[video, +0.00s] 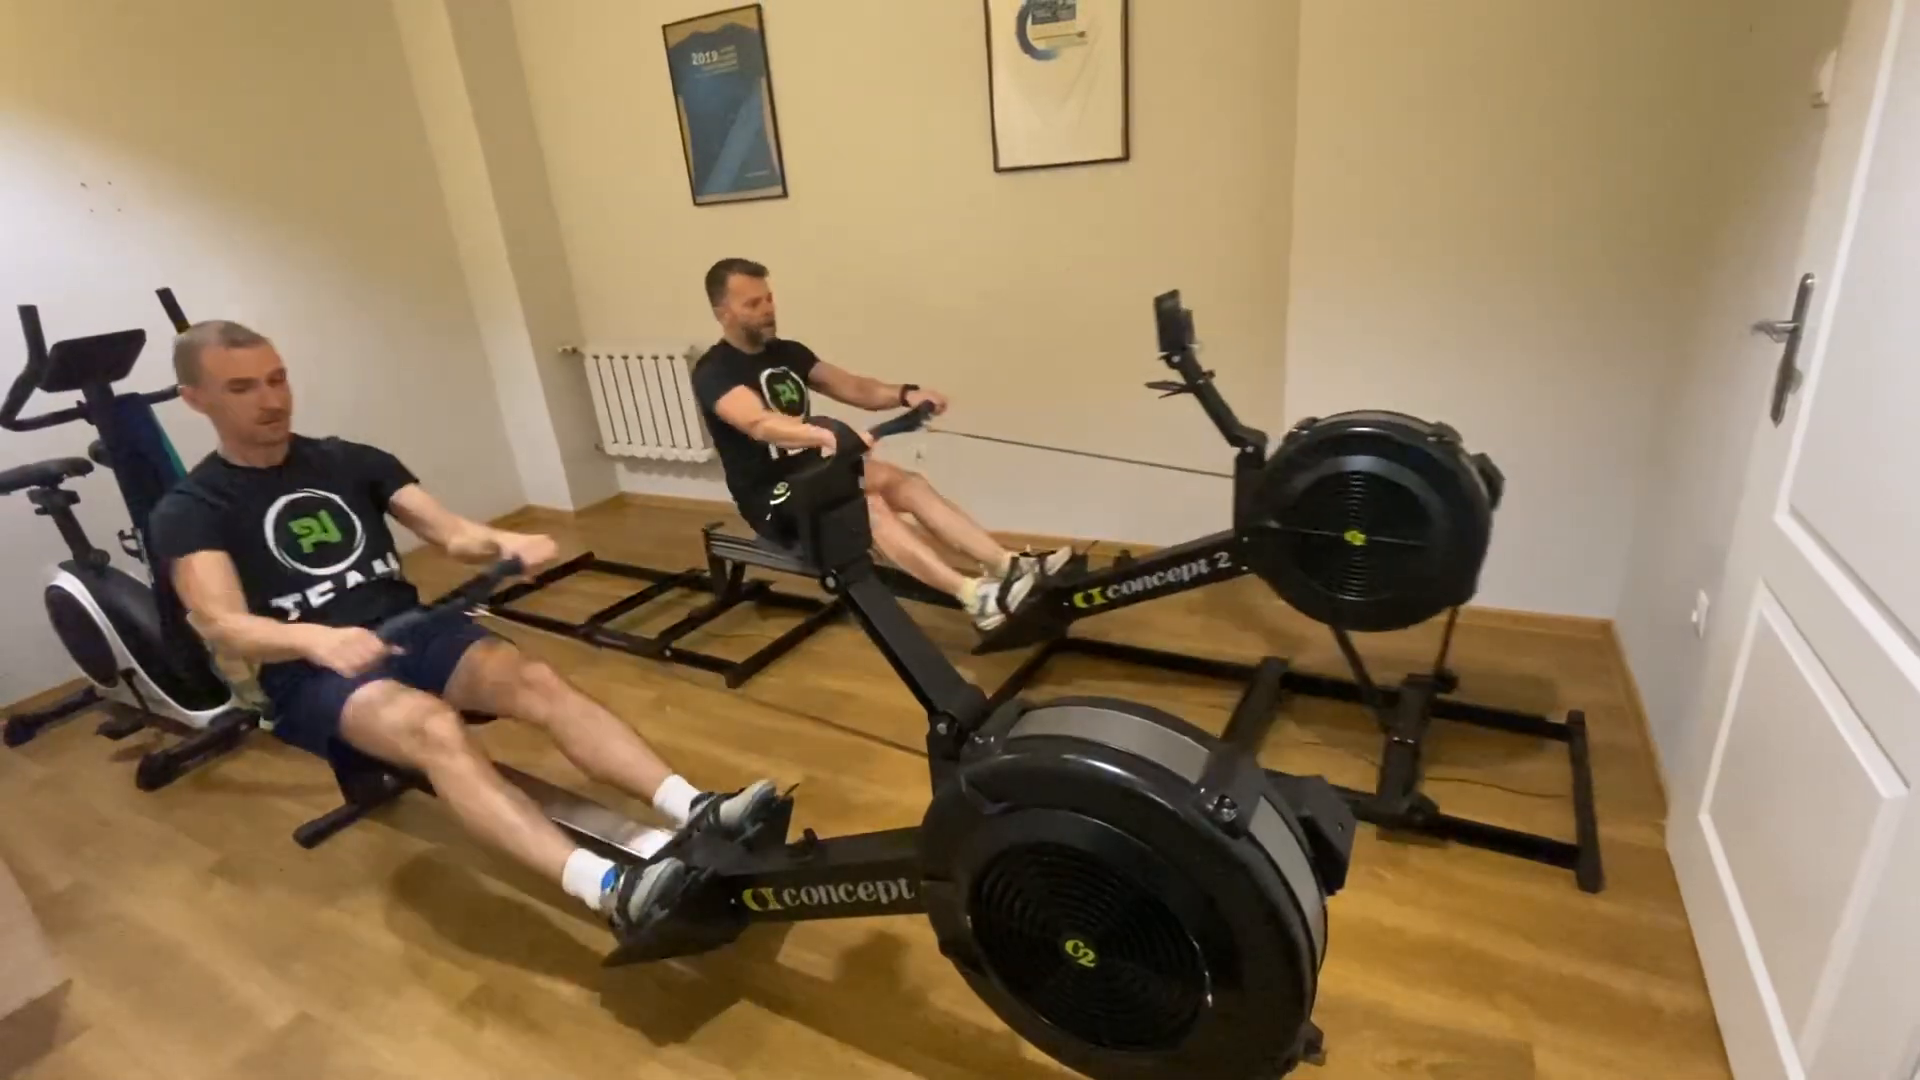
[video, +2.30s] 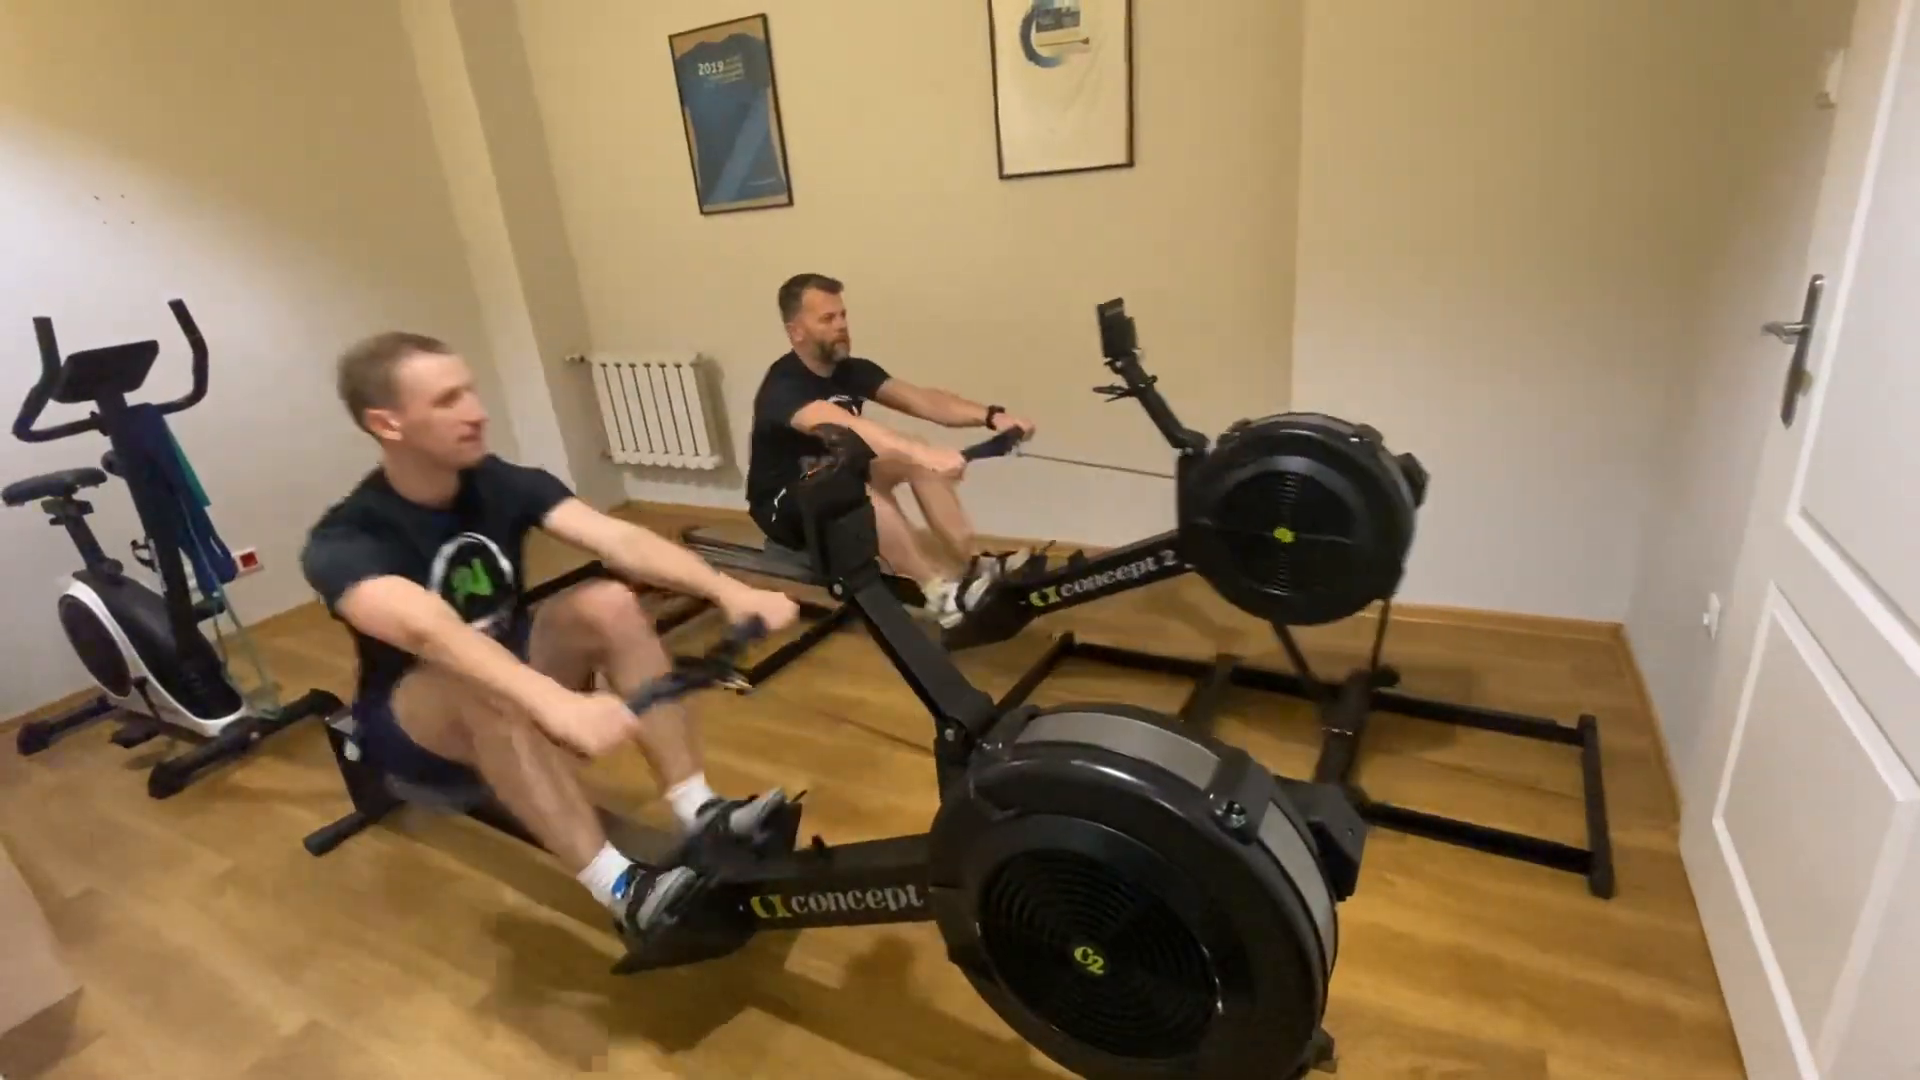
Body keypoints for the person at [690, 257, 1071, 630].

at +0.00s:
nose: (768, 310)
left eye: (768, 298)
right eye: (754, 304)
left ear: (771, 295)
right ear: (722, 312)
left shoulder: (786, 352)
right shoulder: (714, 372)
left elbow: (852, 387)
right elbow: (759, 423)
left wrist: (906, 395)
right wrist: (823, 436)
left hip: (826, 479)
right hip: (777, 500)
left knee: (906, 484)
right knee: (871, 508)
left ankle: (1008, 567)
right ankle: (975, 597)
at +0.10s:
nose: (755, 317)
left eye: (755, 306)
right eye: (741, 311)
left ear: (757, 304)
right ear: (710, 319)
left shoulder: (775, 357)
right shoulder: (701, 376)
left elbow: (828, 392)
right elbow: (725, 438)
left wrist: (876, 397)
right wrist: (794, 434)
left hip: (831, 476)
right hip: (785, 502)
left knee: (902, 496)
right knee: (875, 516)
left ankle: (1021, 571)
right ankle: (987, 599)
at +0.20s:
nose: (749, 328)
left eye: (748, 318)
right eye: (737, 321)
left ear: (745, 318)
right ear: (704, 327)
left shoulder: (763, 368)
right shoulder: (690, 389)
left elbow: (814, 403)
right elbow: (690, 458)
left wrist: (845, 399)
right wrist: (757, 440)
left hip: (836, 483)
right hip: (792, 511)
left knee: (917, 514)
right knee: (888, 536)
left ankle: (1036, 573)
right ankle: (1002, 604)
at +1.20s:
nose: (802, 319)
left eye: (802, 308)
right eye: (788, 311)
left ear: (805, 306)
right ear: (754, 319)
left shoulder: (811, 362)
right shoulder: (737, 376)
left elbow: (866, 402)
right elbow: (739, 453)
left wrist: (910, 409)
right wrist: (808, 453)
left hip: (835, 481)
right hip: (782, 500)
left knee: (912, 464)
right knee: (871, 482)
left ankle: (988, 565)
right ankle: (954, 591)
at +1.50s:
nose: (834, 327)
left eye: (834, 316)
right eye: (820, 320)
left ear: (838, 312)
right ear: (786, 328)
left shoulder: (840, 367)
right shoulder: (764, 380)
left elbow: (906, 404)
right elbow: (790, 452)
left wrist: (959, 419)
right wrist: (863, 475)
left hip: (832, 483)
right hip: (780, 504)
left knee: (904, 440)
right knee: (853, 483)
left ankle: (956, 559)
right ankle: (918, 580)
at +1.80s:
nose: (862, 337)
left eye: (862, 326)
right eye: (848, 329)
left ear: (864, 324)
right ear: (813, 338)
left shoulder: (867, 375)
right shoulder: (797, 390)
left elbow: (943, 407)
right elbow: (847, 450)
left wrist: (1008, 429)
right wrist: (930, 480)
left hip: (836, 493)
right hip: (785, 514)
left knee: (908, 425)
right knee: (837, 454)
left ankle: (934, 550)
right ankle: (876, 571)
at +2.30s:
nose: (842, 326)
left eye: (842, 316)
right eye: (829, 319)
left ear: (847, 315)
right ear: (796, 332)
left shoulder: (850, 370)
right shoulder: (782, 387)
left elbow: (921, 400)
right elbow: (848, 430)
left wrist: (991, 416)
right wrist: (921, 455)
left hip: (843, 482)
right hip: (788, 506)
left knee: (921, 462)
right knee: (859, 495)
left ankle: (977, 564)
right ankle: (937, 590)